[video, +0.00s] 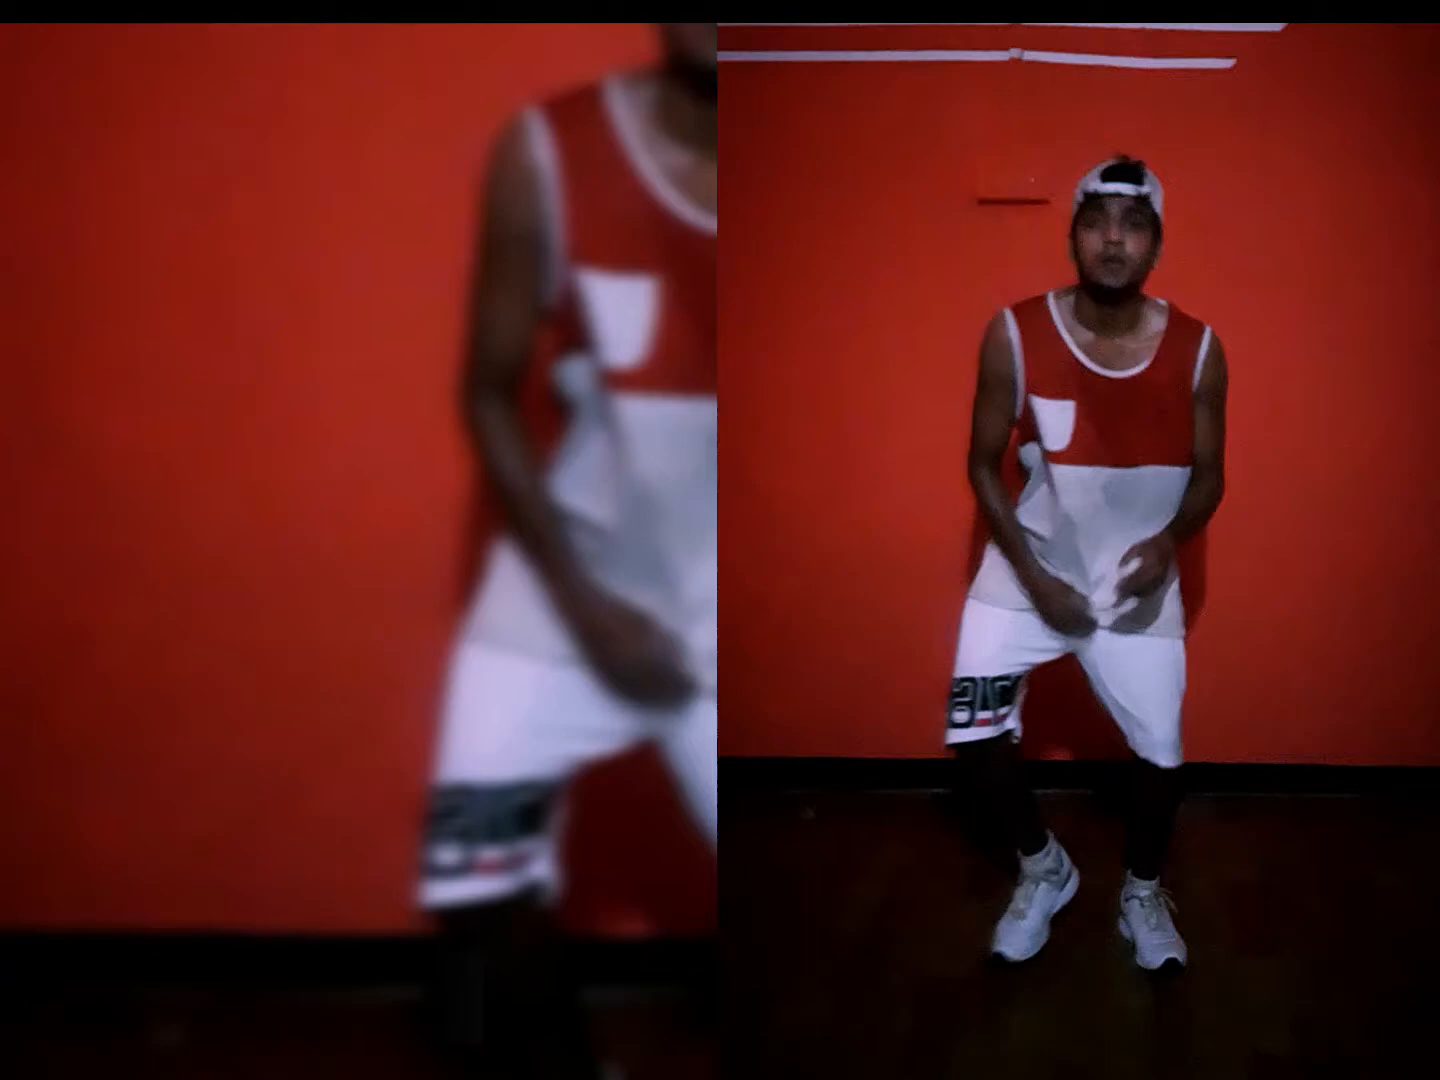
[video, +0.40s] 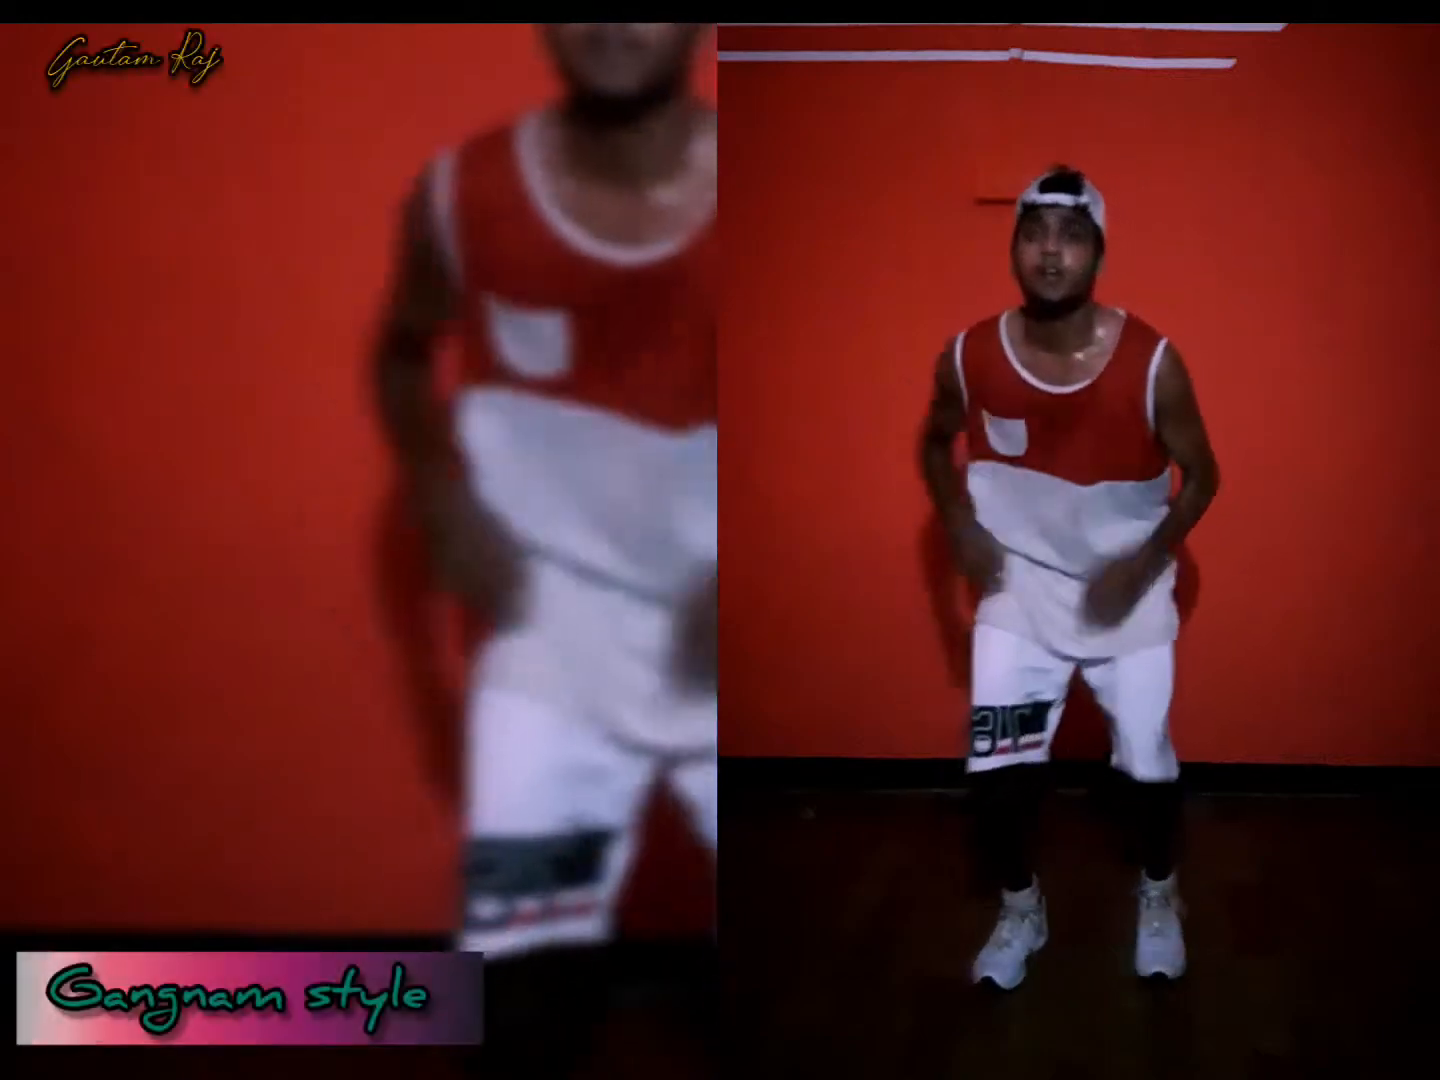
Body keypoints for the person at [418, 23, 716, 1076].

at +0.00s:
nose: (723, 33)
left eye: (737, 23)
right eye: (704, 20)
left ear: (760, 41)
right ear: (660, 25)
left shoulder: (801, 158)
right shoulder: (557, 150)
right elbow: (490, 392)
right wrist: (587, 606)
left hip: (735, 606)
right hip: (566, 591)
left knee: (794, 898)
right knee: (476, 879)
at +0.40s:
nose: (610, 25)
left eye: (641, 8)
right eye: (583, 8)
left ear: (696, 25)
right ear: (546, 29)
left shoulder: (767, 186)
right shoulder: (466, 193)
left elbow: (836, 393)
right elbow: (402, 356)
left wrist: (751, 568)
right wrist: (450, 513)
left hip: (736, 627)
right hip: (557, 628)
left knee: (793, 954)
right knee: (529, 974)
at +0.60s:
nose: (668, 23)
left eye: (691, 5)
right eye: (640, 7)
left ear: (730, 27)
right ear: (599, 27)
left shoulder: (774, 172)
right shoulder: (515, 170)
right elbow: (430, 414)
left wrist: (731, 333)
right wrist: (561, 332)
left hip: (736, 611)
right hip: (565, 610)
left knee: (744, 931)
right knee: (557, 928)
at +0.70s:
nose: (684, 48)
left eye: (706, 24)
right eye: (657, 25)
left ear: (746, 46)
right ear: (617, 44)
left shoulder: (786, 217)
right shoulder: (545, 227)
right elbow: (553, 478)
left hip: (730, 608)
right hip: (572, 598)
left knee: (708, 962)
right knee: (569, 943)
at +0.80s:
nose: (694, 82)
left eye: (718, 50)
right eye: (660, 52)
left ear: (758, 74)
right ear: (620, 79)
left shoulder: (801, 239)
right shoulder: (562, 264)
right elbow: (631, 521)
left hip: (747, 577)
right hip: (589, 585)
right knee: (546, 896)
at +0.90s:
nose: (708, 85)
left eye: (729, 53)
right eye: (677, 55)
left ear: (762, 74)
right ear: (640, 81)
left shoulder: (819, 224)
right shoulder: (595, 267)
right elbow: (630, 567)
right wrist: (688, 829)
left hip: (733, 590)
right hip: (594, 597)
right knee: (478, 891)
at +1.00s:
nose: (747, 95)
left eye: (765, 67)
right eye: (727, 64)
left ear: (826, 92)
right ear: (693, 80)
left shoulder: (858, 244)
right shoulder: (610, 255)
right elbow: (494, 507)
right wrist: (657, 738)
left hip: (781, 626)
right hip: (601, 631)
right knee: (410, 891)